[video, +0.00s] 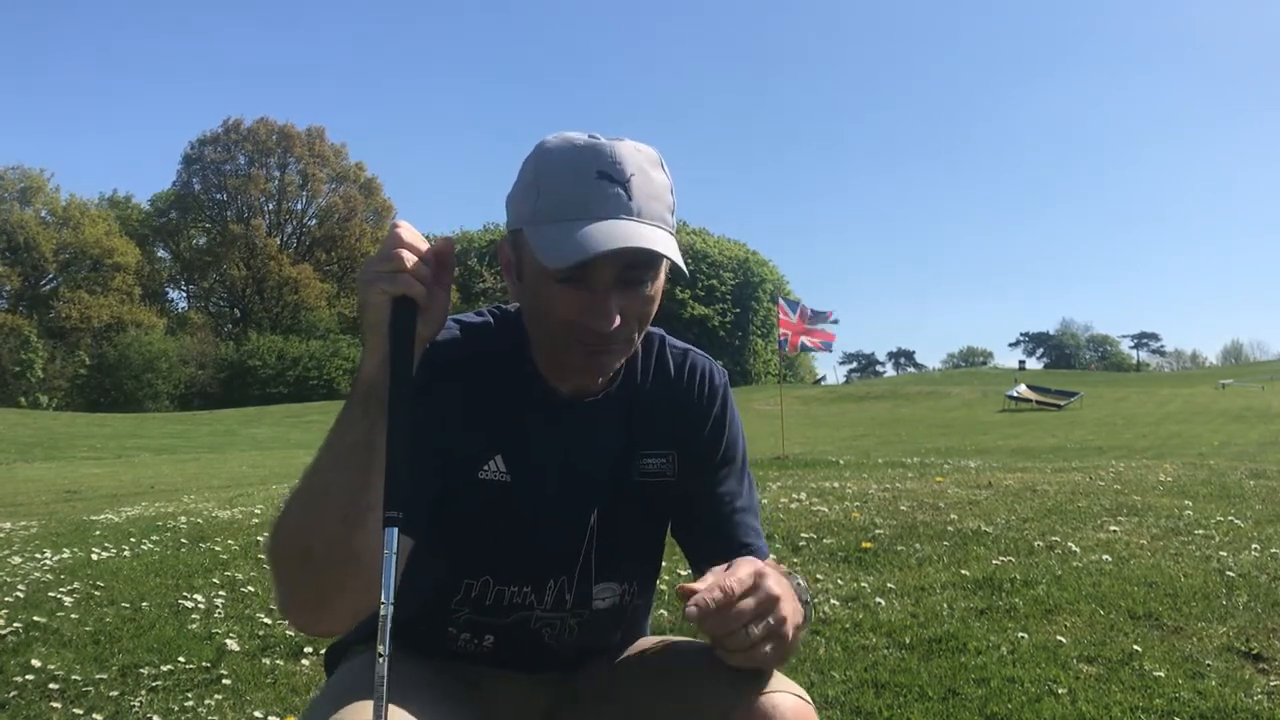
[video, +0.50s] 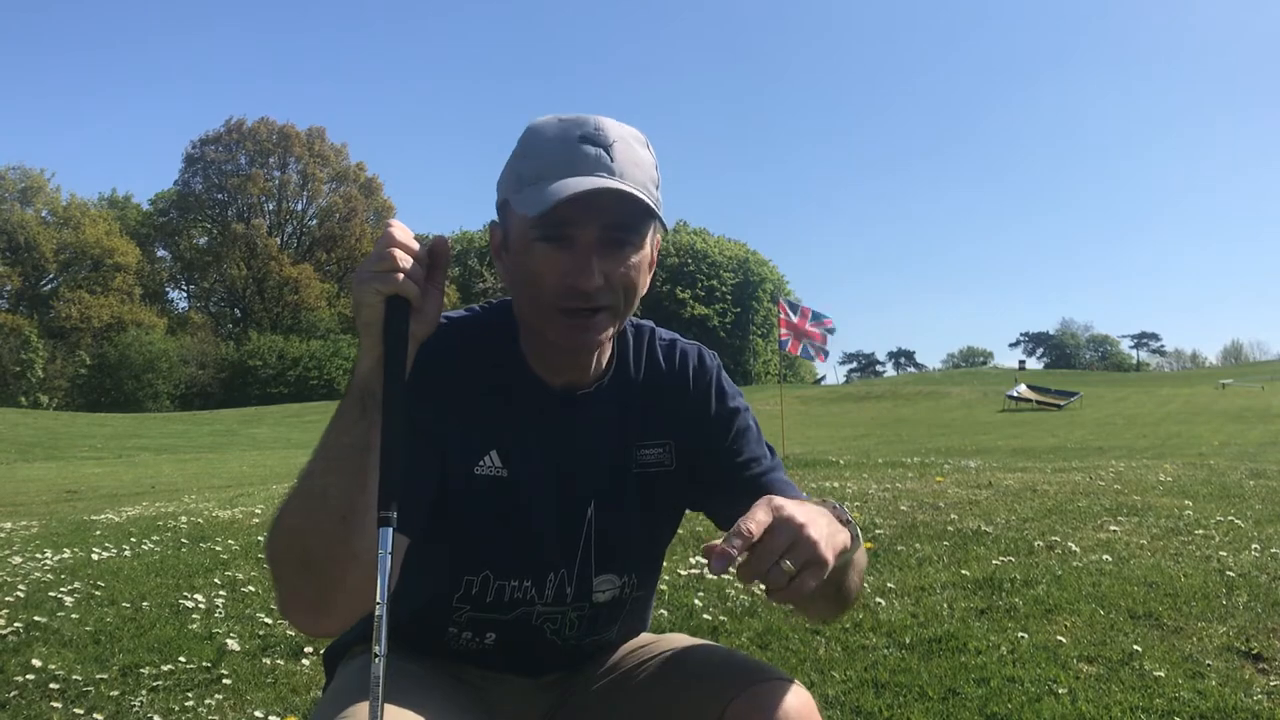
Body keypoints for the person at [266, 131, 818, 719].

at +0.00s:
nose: (607, 314)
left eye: (635, 278)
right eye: (575, 277)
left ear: (665, 276)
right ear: (511, 266)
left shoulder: (688, 389)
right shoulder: (435, 367)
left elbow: (743, 576)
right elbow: (314, 609)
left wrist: (767, 603)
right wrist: (379, 371)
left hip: (606, 666)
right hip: (435, 670)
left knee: (781, 707)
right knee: (360, 713)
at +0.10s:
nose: (607, 308)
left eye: (635, 274)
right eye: (575, 272)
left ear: (664, 272)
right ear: (510, 262)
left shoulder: (688, 386)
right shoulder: (436, 366)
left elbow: (755, 642)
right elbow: (314, 608)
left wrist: (775, 598)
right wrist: (380, 369)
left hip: (608, 664)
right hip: (438, 670)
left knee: (784, 707)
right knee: (363, 712)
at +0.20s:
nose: (604, 298)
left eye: (633, 263)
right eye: (573, 261)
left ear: (662, 267)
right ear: (509, 257)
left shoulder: (685, 381)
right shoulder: (433, 366)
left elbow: (771, 624)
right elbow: (315, 609)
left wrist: (790, 573)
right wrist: (379, 371)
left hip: (606, 665)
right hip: (433, 671)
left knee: (782, 708)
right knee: (369, 712)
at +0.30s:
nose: (600, 295)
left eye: (628, 259)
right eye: (569, 257)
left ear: (659, 261)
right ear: (505, 254)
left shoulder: (683, 379)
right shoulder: (433, 364)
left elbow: (789, 617)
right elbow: (314, 608)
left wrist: (808, 558)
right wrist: (379, 369)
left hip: (606, 665)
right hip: (434, 672)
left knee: (782, 708)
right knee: (371, 712)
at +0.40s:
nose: (595, 283)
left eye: (623, 248)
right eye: (563, 246)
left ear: (654, 258)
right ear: (503, 250)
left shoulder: (682, 378)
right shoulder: (433, 364)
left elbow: (810, 611)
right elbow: (313, 608)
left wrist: (822, 545)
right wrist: (378, 365)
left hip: (604, 666)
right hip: (433, 672)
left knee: (782, 709)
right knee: (373, 715)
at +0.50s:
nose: (589, 274)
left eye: (617, 240)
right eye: (558, 237)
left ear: (652, 255)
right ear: (501, 245)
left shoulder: (683, 379)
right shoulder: (430, 363)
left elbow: (827, 598)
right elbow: (312, 606)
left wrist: (828, 540)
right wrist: (377, 365)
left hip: (603, 666)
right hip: (432, 673)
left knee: (784, 711)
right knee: (370, 717)